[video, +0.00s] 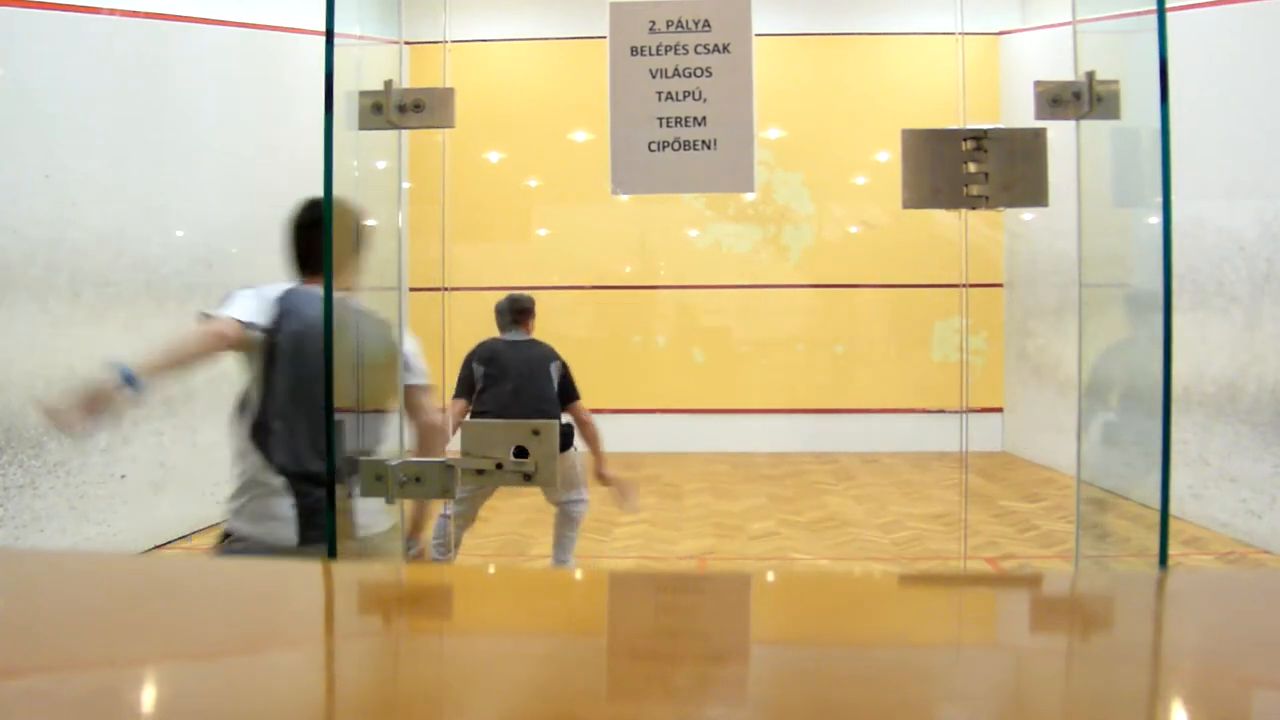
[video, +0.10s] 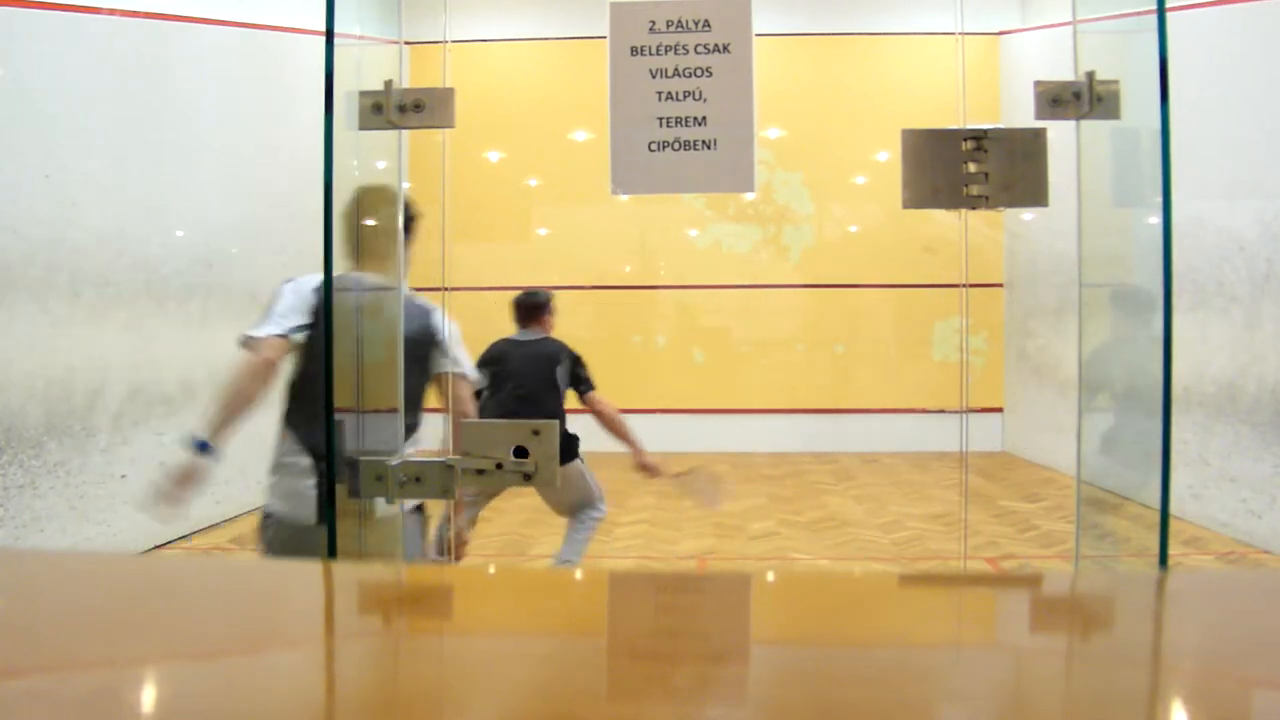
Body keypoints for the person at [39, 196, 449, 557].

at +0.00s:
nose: (360, 255)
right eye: (359, 246)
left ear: (298, 252)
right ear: (357, 254)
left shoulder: (270, 304)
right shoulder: (392, 338)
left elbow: (220, 337)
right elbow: (433, 430)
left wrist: (123, 384)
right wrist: (417, 528)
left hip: (270, 534)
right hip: (365, 539)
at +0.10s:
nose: (383, 245)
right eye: (405, 233)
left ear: (349, 234)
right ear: (406, 239)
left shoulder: (306, 293)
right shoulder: (431, 319)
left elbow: (264, 361)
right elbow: (465, 415)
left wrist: (204, 448)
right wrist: (461, 508)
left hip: (301, 514)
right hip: (390, 520)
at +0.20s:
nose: (447, 247)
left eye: (447, 235)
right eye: (446, 235)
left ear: (388, 231)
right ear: (431, 237)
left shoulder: (334, 290)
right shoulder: (454, 308)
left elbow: (303, 370)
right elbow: (485, 415)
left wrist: (264, 463)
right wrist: (485, 501)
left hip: (331, 492)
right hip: (414, 493)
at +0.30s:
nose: (480, 254)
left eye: (479, 242)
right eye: (476, 243)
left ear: (416, 246)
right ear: (456, 246)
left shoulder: (372, 299)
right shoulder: (480, 314)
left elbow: (320, 383)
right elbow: (504, 420)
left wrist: (286, 467)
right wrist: (505, 502)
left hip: (361, 486)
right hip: (433, 490)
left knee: (385, 606)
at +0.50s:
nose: (526, 268)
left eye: (523, 257)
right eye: (518, 257)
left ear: (473, 265)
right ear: (490, 264)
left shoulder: (420, 319)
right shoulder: (512, 322)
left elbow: (376, 396)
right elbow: (529, 413)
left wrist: (342, 459)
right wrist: (540, 488)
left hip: (423, 493)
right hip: (480, 497)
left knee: (440, 604)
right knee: (487, 612)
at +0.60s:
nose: (541, 258)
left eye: (539, 247)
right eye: (532, 247)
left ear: (496, 255)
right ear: (503, 254)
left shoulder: (443, 307)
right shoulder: (527, 307)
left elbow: (415, 381)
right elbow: (537, 394)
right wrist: (549, 478)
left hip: (446, 473)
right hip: (501, 473)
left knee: (459, 586)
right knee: (515, 587)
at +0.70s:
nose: (557, 253)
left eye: (555, 242)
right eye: (548, 243)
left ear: (517, 248)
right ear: (519, 249)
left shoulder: (463, 302)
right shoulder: (540, 302)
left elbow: (450, 378)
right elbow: (548, 383)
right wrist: (562, 461)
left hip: (469, 459)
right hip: (525, 461)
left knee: (471, 576)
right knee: (535, 575)